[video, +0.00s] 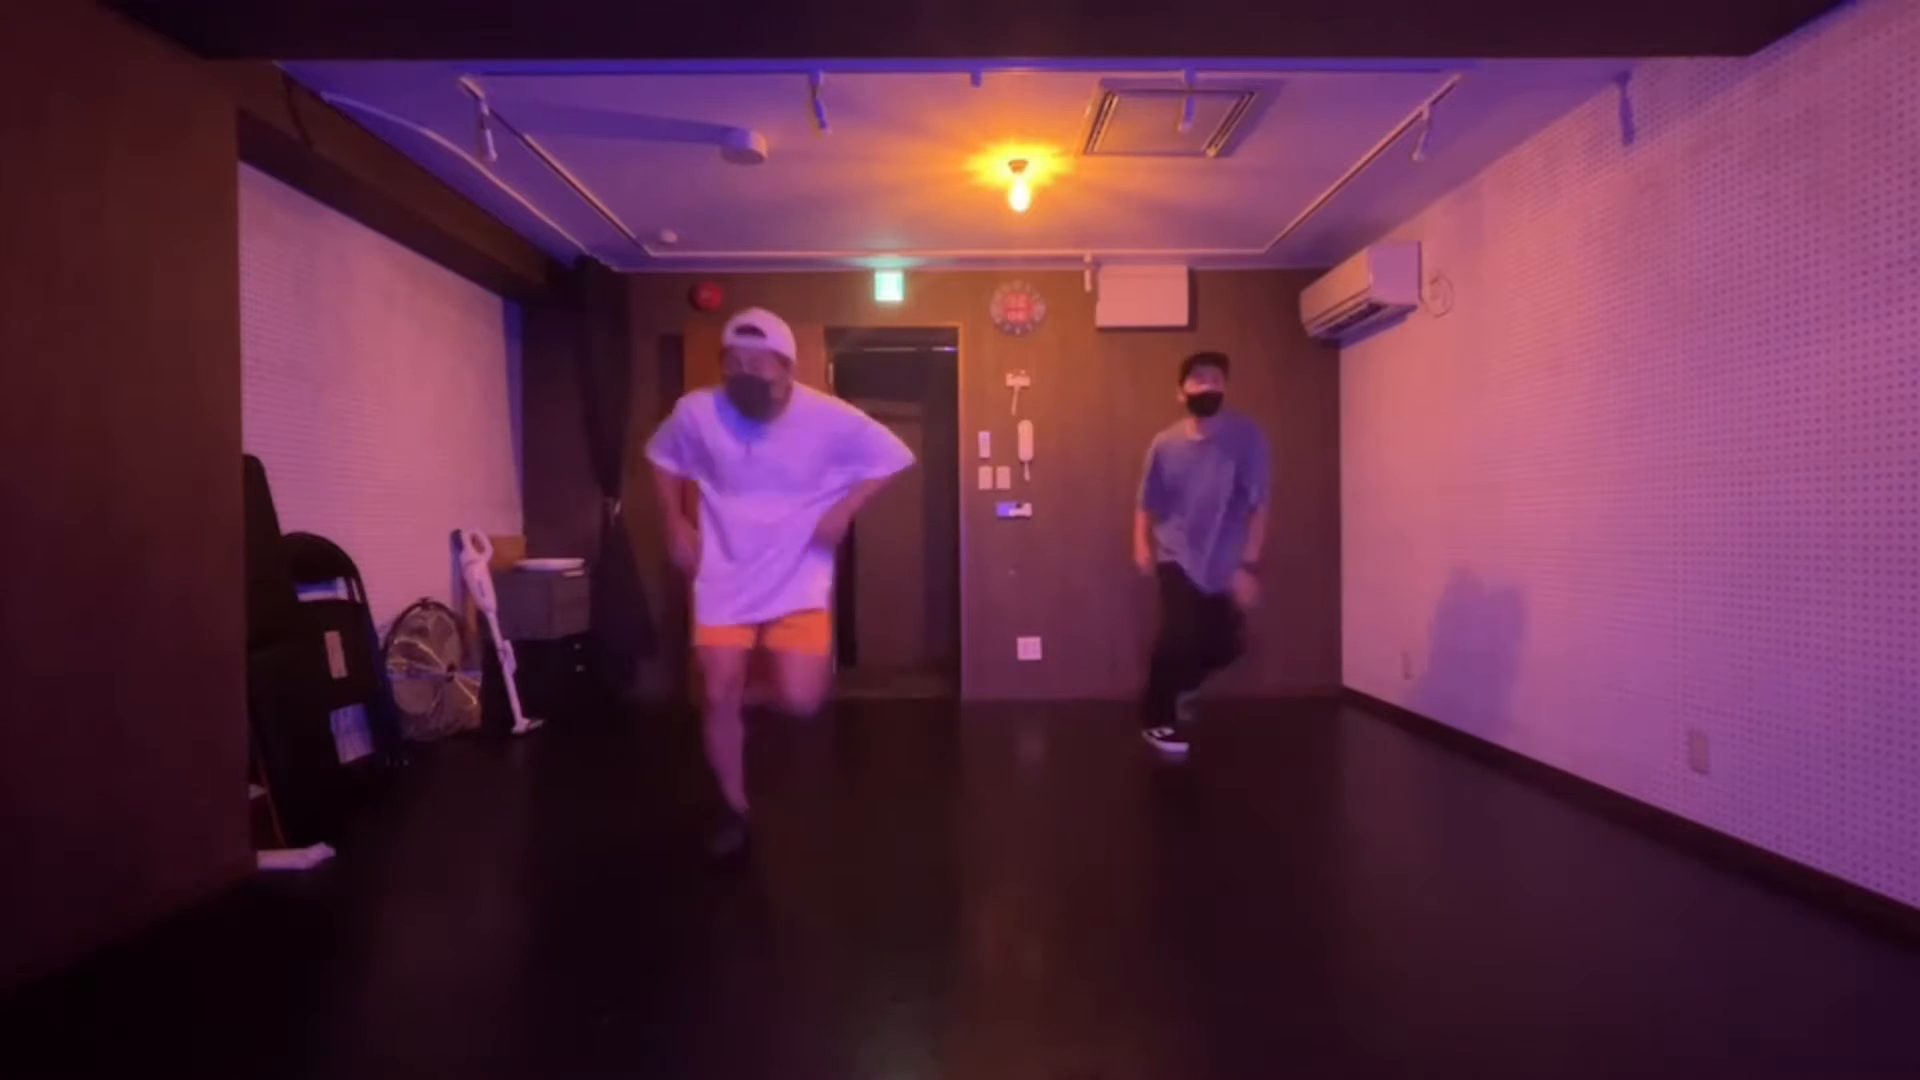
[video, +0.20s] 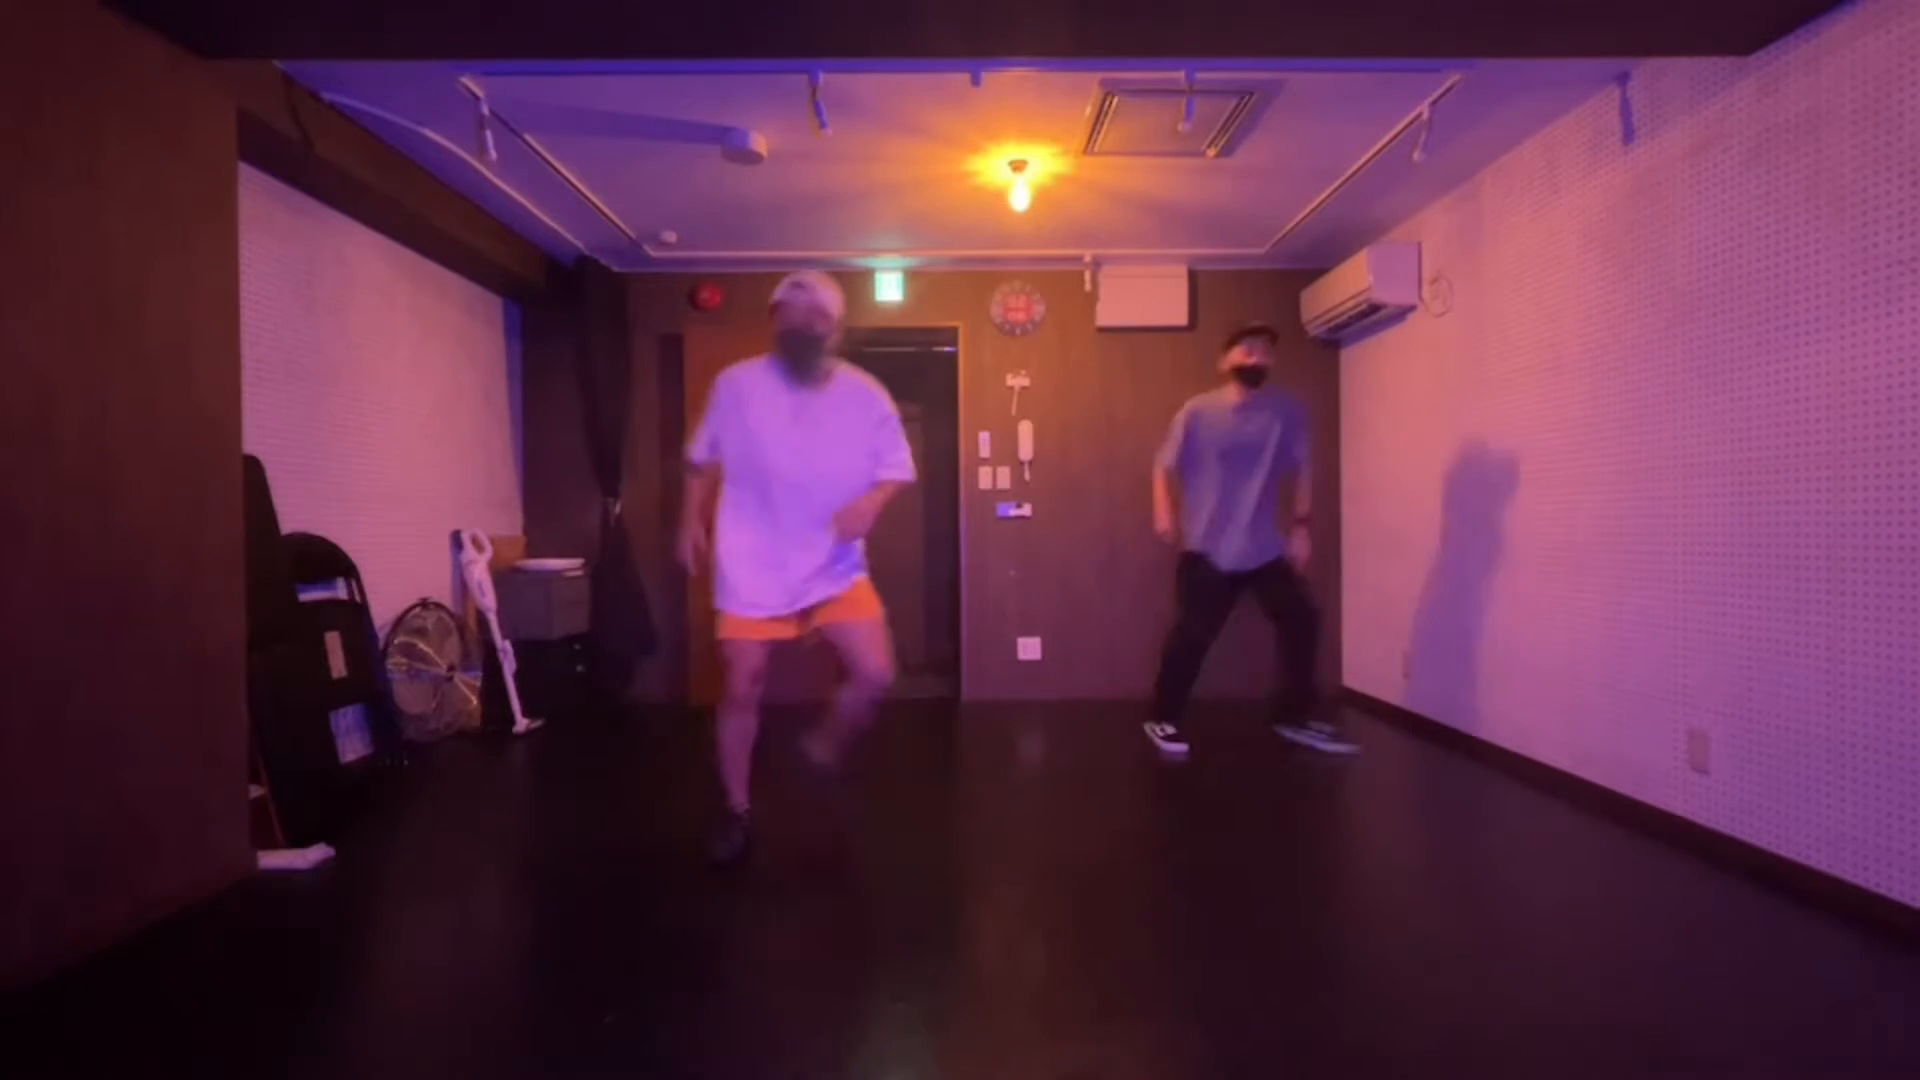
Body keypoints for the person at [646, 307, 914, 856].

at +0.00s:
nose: (750, 371)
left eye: (763, 360)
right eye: (740, 359)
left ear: (787, 368)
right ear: (725, 365)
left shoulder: (822, 414)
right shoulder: (698, 413)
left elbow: (893, 458)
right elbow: (662, 456)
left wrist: (844, 511)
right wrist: (676, 524)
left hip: (800, 575)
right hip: (723, 575)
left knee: (802, 697)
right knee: (721, 694)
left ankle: (738, 692)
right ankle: (734, 813)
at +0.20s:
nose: (811, 325)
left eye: (823, 316)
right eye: (801, 313)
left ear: (839, 328)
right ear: (776, 318)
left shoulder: (864, 393)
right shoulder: (737, 387)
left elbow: (897, 468)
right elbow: (701, 461)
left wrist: (869, 504)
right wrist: (690, 524)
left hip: (832, 565)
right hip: (750, 568)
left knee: (875, 673)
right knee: (743, 687)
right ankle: (736, 809)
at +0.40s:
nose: (869, 331)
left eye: (880, 321)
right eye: (858, 321)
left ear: (896, 325)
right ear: (837, 326)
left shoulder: (922, 397)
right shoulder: (803, 383)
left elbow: (936, 483)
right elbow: (771, 464)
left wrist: (916, 501)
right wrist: (735, 525)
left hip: (886, 569)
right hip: (806, 570)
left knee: (918, 682)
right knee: (774, 681)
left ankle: (899, 807)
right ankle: (741, 808)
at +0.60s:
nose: (914, 338)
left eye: (926, 329)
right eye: (904, 326)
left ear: (943, 338)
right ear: (884, 330)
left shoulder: (963, 397)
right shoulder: (844, 378)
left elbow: (1019, 454)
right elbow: (788, 433)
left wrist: (983, 476)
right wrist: (772, 483)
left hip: (918, 570)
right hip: (841, 561)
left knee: (929, 679)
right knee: (809, 668)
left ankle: (948, 792)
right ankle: (799, 791)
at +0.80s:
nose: (959, 368)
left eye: (969, 358)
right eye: (947, 356)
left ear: (980, 365)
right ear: (922, 360)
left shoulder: (995, 425)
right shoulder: (881, 397)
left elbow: (1057, 470)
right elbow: (803, 420)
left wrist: (1016, 486)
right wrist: (810, 488)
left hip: (950, 578)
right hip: (876, 572)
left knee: (941, 687)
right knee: (867, 691)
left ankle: (955, 799)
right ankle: (889, 775)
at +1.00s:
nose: (966, 345)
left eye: (974, 336)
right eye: (953, 335)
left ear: (984, 343)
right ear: (926, 341)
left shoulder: (990, 413)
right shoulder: (889, 389)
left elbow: (1012, 497)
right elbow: (831, 455)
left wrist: (1006, 454)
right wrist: (813, 523)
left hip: (962, 571)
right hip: (898, 570)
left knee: (961, 680)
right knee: (911, 687)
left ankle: (962, 792)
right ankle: (932, 761)